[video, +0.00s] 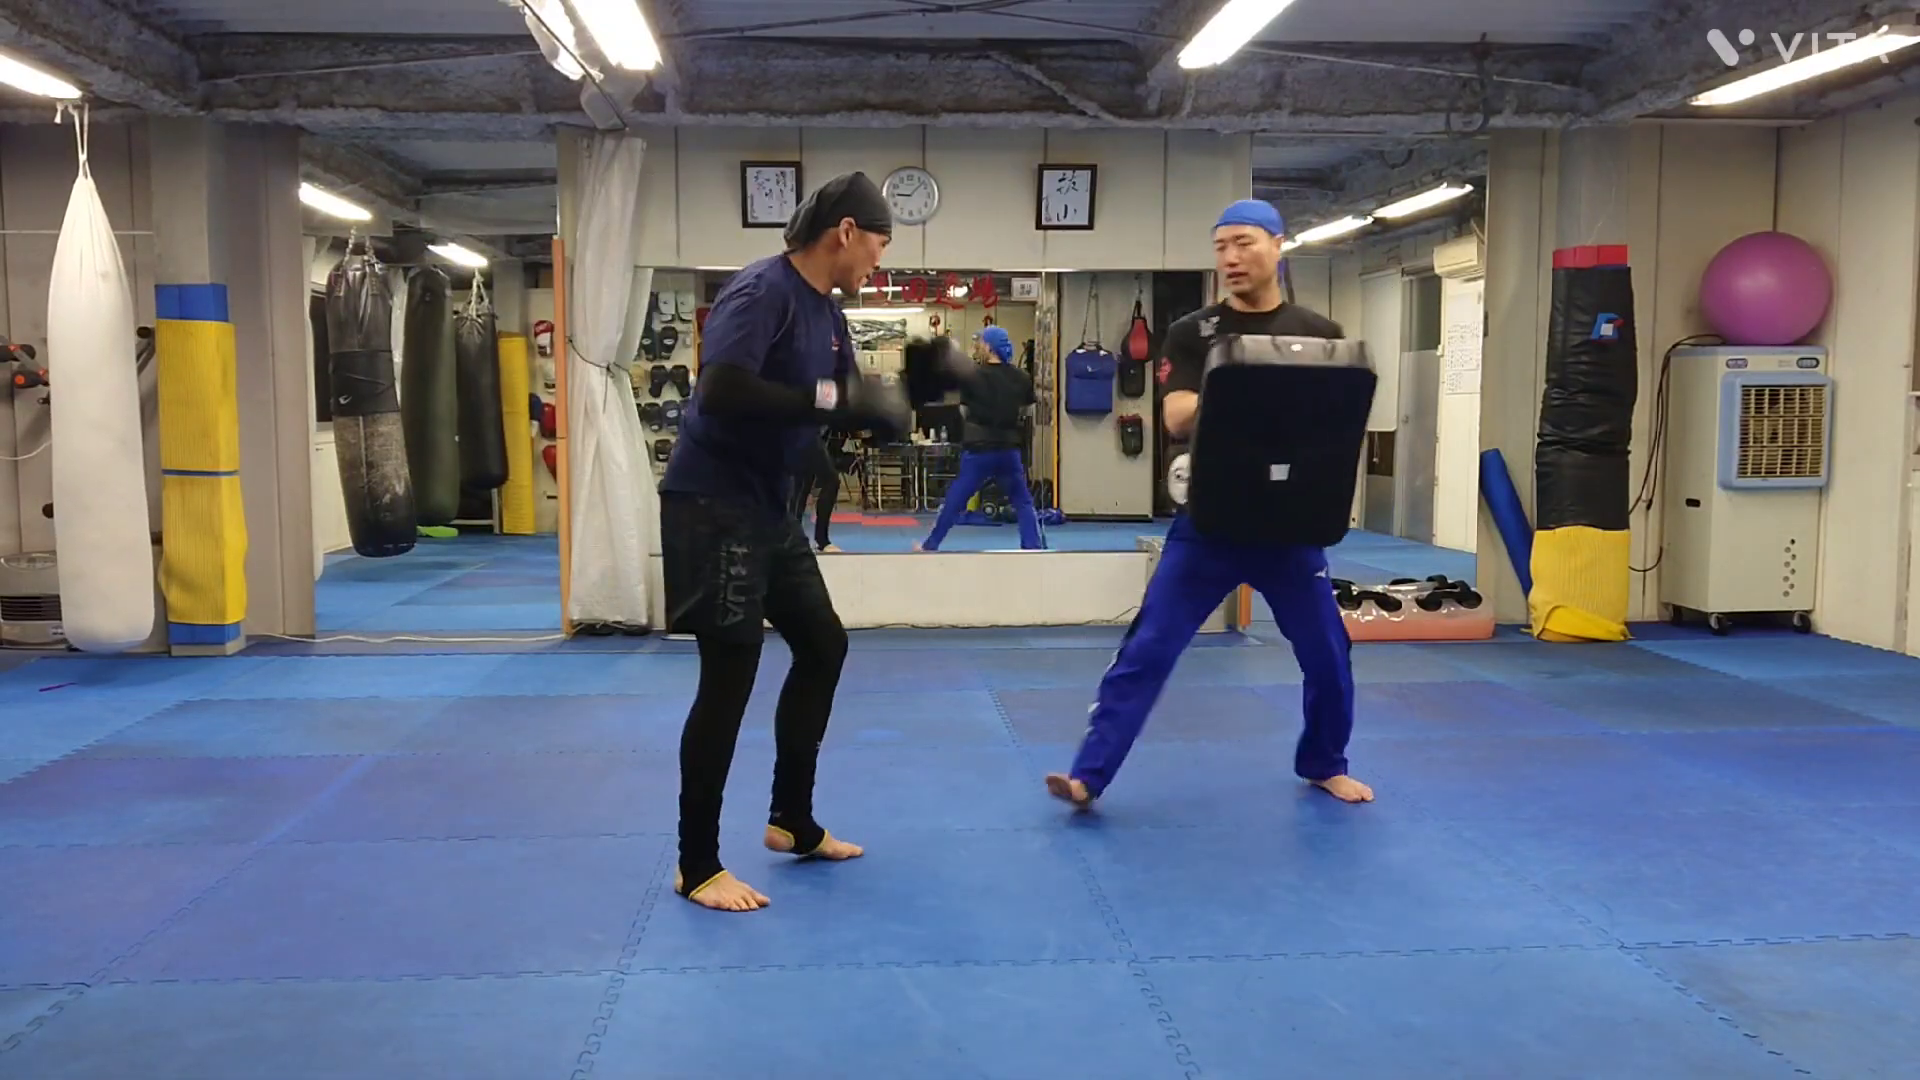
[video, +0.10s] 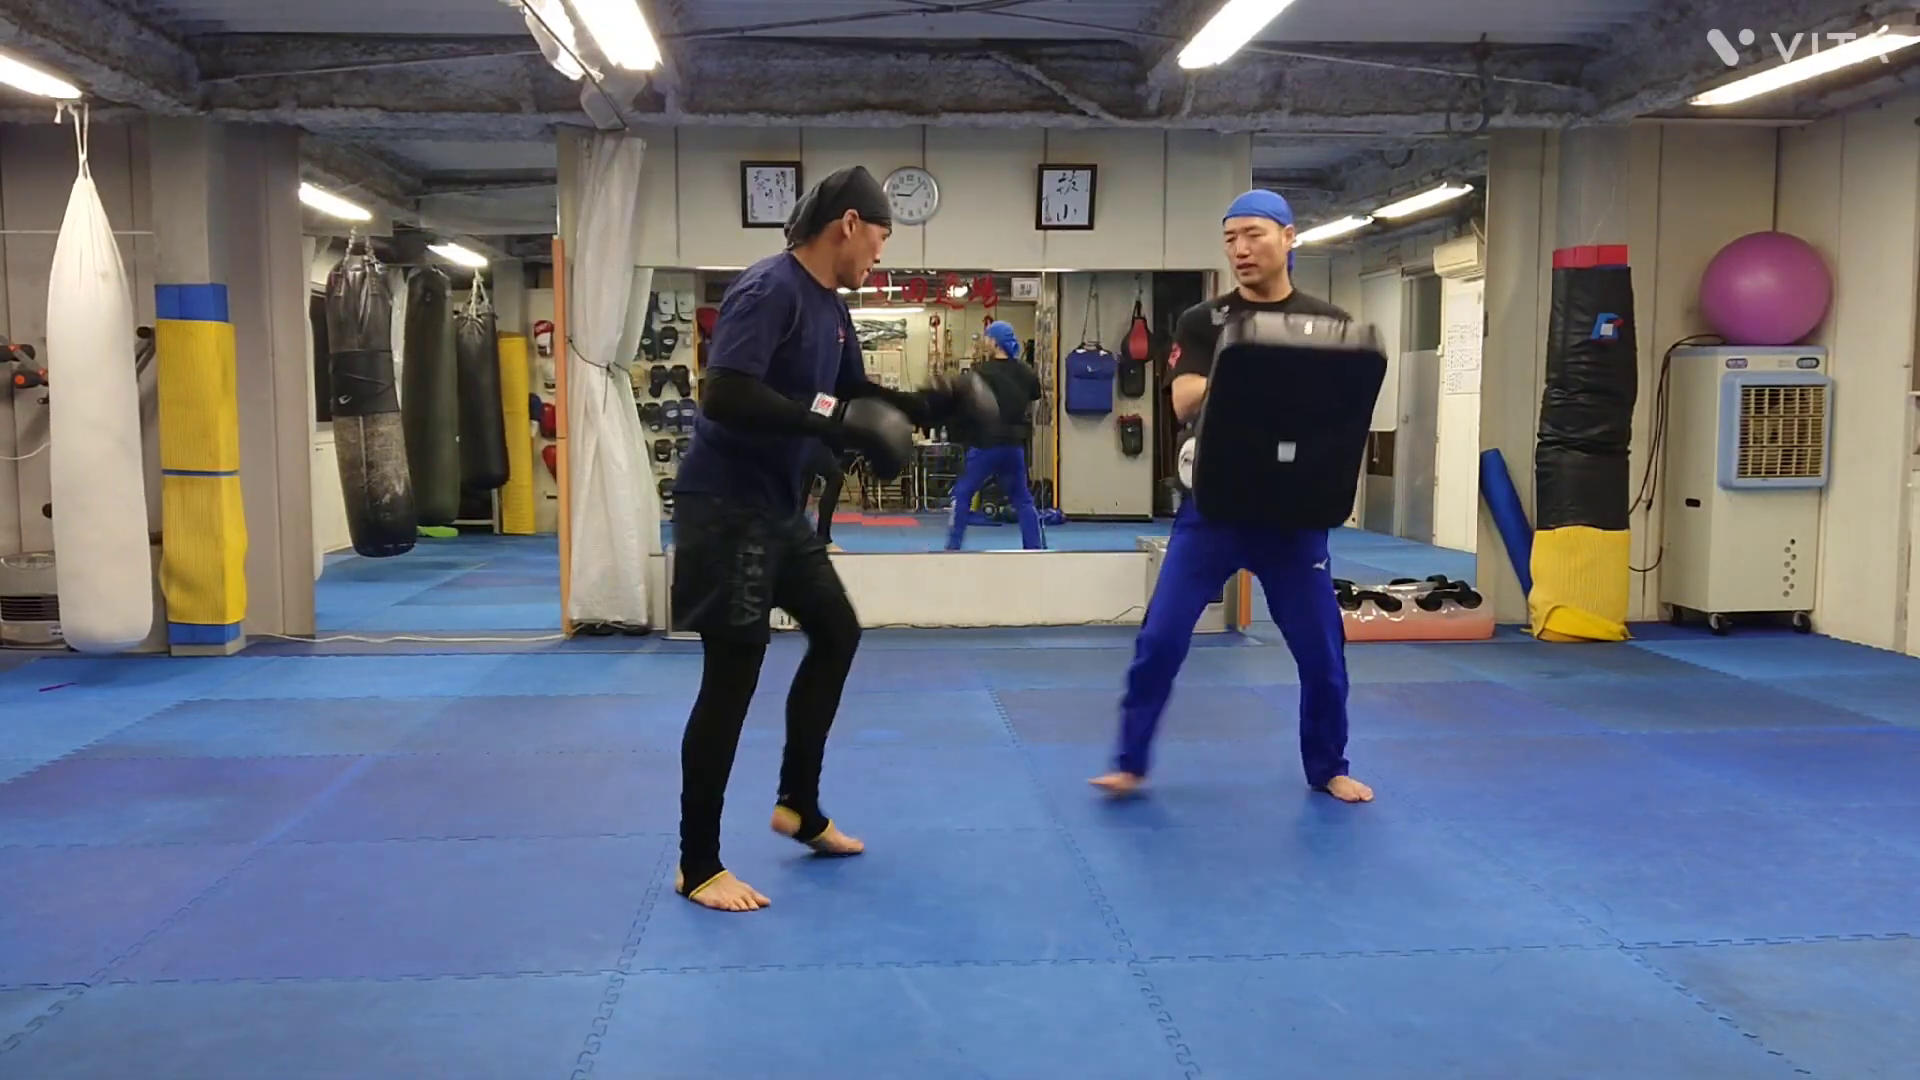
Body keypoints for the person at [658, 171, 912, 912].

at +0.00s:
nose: (879, 263)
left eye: (882, 250)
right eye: (876, 246)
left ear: (841, 237)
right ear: (841, 232)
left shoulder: (830, 316)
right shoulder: (760, 291)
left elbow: (851, 408)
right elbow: (719, 390)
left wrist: (918, 389)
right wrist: (826, 400)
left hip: (772, 514)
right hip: (714, 510)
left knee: (823, 648)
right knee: (726, 677)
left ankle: (791, 822)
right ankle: (697, 869)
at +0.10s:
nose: (881, 255)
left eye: (884, 242)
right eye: (879, 238)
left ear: (843, 230)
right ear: (844, 225)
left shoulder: (832, 308)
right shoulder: (768, 289)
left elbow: (854, 398)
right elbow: (724, 392)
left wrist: (934, 407)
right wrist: (829, 419)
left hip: (781, 513)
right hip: (725, 511)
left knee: (836, 634)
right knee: (730, 679)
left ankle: (797, 805)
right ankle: (698, 868)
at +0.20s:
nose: (881, 249)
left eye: (885, 235)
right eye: (881, 232)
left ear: (845, 220)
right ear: (852, 219)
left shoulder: (829, 301)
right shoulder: (782, 288)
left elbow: (841, 411)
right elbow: (781, 390)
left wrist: (922, 458)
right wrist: (895, 384)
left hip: (800, 510)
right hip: (752, 511)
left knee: (857, 624)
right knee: (739, 676)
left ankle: (862, 799)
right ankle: (698, 867)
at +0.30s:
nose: (882, 251)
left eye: (884, 237)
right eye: (881, 234)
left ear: (844, 223)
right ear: (852, 222)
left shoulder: (824, 297)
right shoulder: (795, 289)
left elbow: (819, 426)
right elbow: (852, 381)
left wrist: (883, 487)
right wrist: (933, 351)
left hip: (822, 517)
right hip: (774, 517)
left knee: (872, 634)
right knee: (748, 682)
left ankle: (909, 795)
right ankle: (699, 865)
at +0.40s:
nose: (885, 244)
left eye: (883, 233)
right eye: (880, 232)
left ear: (832, 233)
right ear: (853, 229)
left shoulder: (791, 308)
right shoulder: (853, 292)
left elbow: (763, 419)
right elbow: (952, 336)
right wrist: (945, 284)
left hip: (822, 511)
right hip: (831, 514)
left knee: (909, 633)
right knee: (793, 680)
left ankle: (943, 803)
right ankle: (705, 857)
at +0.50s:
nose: (872, 246)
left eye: (868, 235)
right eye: (867, 235)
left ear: (816, 243)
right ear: (842, 236)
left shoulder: (778, 324)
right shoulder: (879, 282)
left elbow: (724, 415)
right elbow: (980, 308)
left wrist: (690, 492)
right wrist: (949, 277)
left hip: (852, 503)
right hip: (905, 485)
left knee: (925, 649)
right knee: (933, 648)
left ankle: (944, 806)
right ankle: (803, 767)